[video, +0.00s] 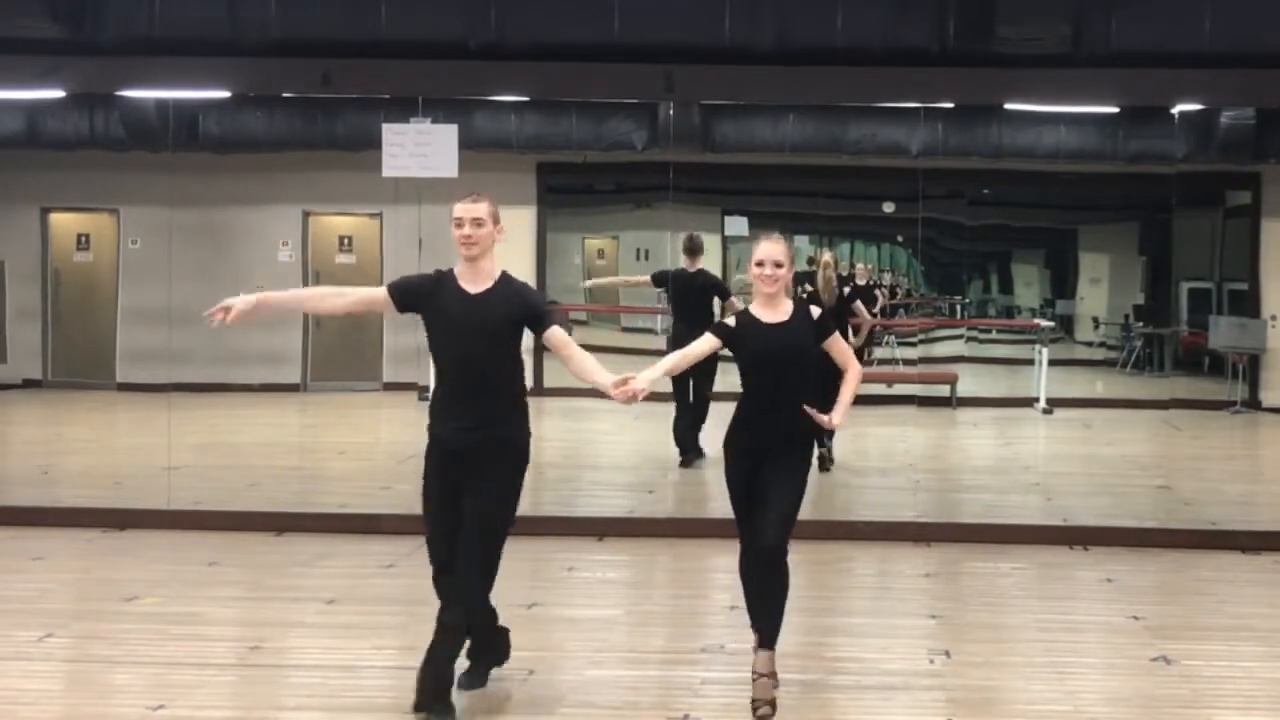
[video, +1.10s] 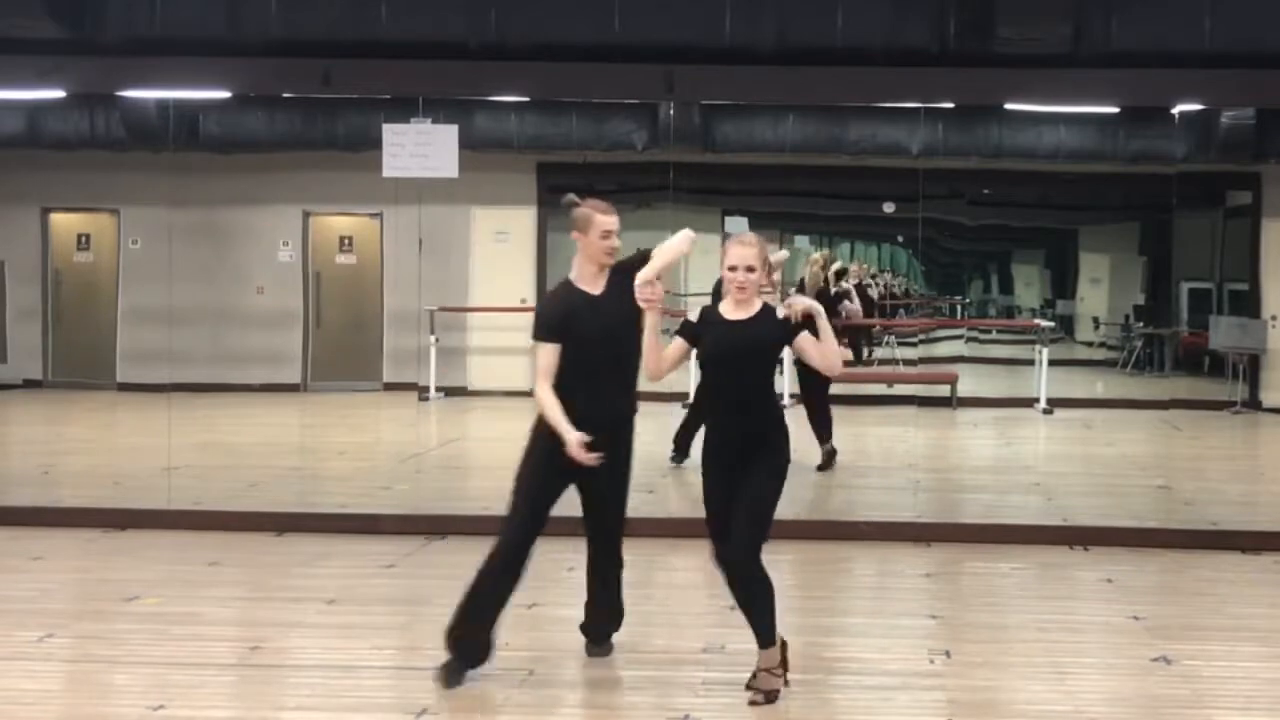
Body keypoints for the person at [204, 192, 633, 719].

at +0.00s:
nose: (465, 230)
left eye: (476, 222)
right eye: (458, 222)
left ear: (498, 231)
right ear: (451, 230)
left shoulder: (519, 297)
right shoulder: (430, 288)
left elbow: (568, 351)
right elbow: (342, 300)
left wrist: (609, 382)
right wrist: (260, 299)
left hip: (502, 444)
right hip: (446, 441)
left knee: (474, 561)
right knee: (445, 559)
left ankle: (434, 680)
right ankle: (489, 639)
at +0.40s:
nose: (469, 238)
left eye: (480, 229)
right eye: (461, 230)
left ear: (502, 235)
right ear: (454, 236)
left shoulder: (521, 305)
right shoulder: (433, 275)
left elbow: (571, 365)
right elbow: (355, 242)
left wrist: (618, 409)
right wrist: (277, 218)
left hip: (501, 448)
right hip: (444, 443)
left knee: (481, 574)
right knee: (433, 572)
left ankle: (445, 698)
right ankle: (459, 648)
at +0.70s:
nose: (513, 234)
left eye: (522, 226)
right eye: (503, 225)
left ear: (533, 232)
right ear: (485, 231)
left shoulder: (552, 293)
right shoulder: (460, 288)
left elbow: (610, 335)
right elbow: (387, 323)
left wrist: (623, 355)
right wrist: (334, 283)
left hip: (512, 437)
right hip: (459, 429)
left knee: (478, 544)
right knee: (450, 544)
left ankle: (460, 671)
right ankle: (452, 652)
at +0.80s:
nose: (546, 239)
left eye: (549, 232)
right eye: (537, 231)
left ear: (549, 235)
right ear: (508, 232)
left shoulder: (563, 291)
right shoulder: (473, 295)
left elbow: (630, 321)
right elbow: (434, 356)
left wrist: (629, 334)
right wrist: (367, 343)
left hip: (528, 432)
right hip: (476, 427)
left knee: (485, 529)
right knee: (463, 538)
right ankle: (455, 658)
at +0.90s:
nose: (564, 241)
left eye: (566, 233)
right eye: (556, 233)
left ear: (563, 237)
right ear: (526, 236)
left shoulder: (582, 288)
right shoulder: (496, 298)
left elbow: (660, 288)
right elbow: (478, 368)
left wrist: (634, 305)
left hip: (543, 439)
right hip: (490, 433)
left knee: (517, 543)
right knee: (467, 543)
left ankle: (565, 585)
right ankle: (456, 658)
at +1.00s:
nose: (587, 241)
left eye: (589, 233)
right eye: (579, 234)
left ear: (588, 237)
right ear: (551, 237)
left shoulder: (603, 283)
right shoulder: (525, 300)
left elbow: (669, 262)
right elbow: (512, 370)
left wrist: (640, 290)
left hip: (572, 437)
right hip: (519, 430)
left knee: (570, 539)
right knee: (478, 542)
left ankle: (597, 627)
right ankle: (453, 657)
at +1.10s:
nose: (614, 242)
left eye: (616, 235)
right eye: (605, 235)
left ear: (616, 239)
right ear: (578, 239)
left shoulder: (628, 277)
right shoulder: (557, 302)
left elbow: (686, 238)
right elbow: (542, 383)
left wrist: (649, 269)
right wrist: (567, 433)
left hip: (613, 433)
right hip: (559, 430)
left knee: (606, 539)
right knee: (516, 537)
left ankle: (600, 631)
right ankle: (465, 650)